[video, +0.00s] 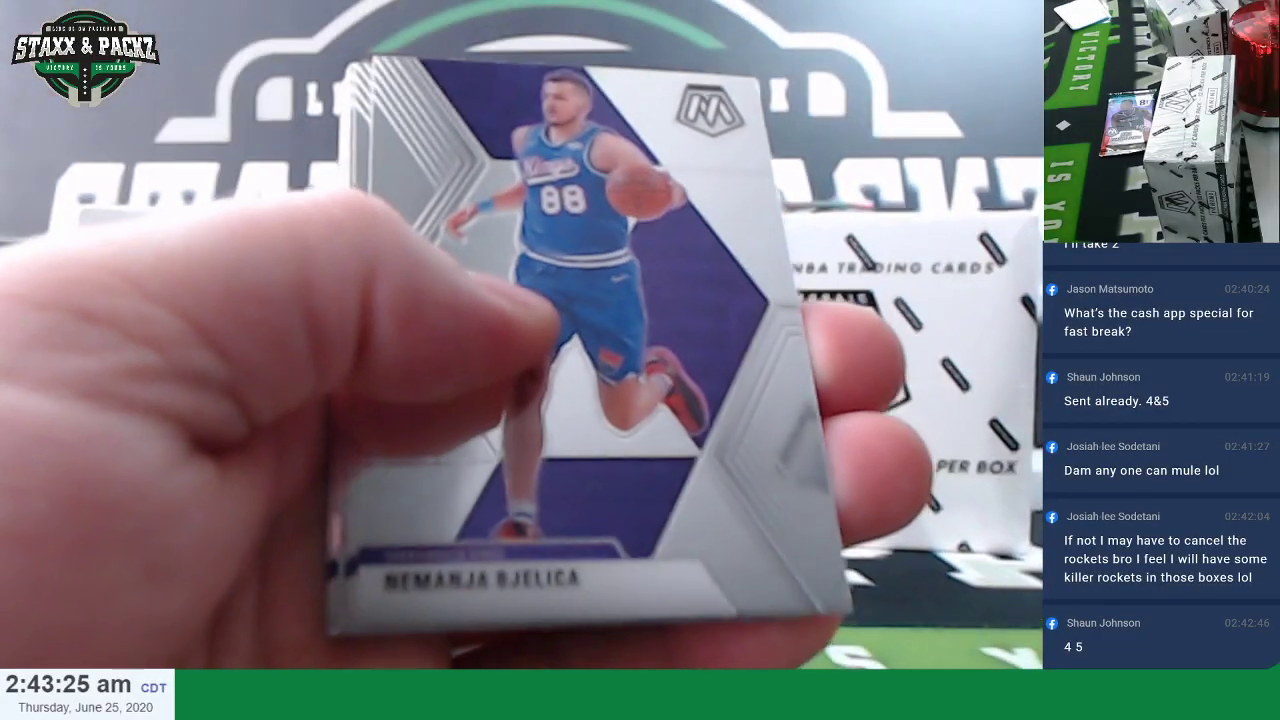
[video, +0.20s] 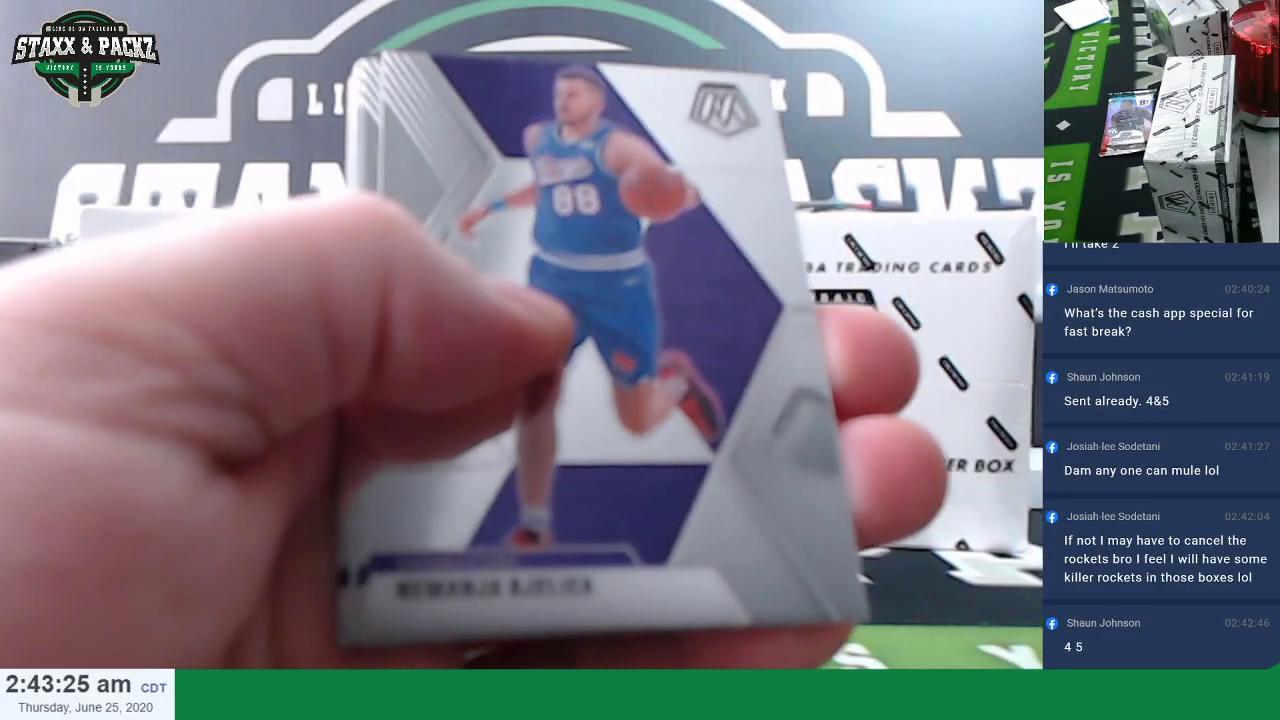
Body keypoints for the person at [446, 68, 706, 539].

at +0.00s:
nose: (552, 102)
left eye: (563, 96)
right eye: (548, 96)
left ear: (586, 105)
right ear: (540, 104)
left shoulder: (606, 146)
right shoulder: (524, 140)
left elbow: (666, 189)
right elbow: (533, 187)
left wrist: (663, 195)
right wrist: (480, 207)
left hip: (606, 283)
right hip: (539, 277)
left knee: (623, 415)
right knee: (523, 392)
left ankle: (666, 376)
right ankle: (521, 521)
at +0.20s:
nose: (566, 101)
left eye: (576, 93)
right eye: (561, 94)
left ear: (599, 101)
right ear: (552, 102)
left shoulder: (619, 146)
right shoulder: (537, 138)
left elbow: (665, 183)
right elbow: (547, 187)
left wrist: (672, 195)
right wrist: (492, 207)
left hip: (619, 286)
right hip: (552, 280)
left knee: (637, 419)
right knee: (535, 398)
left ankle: (680, 381)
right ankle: (535, 527)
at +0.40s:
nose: (557, 101)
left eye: (567, 94)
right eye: (552, 94)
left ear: (590, 101)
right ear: (544, 102)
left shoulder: (611, 145)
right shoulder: (529, 138)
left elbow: (653, 181)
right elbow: (539, 187)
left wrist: (659, 194)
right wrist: (484, 205)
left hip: (611, 283)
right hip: (545, 277)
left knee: (629, 412)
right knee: (527, 392)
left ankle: (672, 375)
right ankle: (526, 521)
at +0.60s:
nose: (566, 108)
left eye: (576, 101)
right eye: (562, 101)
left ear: (599, 109)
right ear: (554, 109)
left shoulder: (618, 151)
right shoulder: (538, 144)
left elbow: (670, 188)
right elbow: (548, 192)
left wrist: (669, 199)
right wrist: (494, 209)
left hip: (618, 286)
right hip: (552, 281)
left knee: (636, 412)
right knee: (534, 391)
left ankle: (679, 377)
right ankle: (532, 518)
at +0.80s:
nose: (559, 92)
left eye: (570, 85)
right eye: (555, 85)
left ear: (594, 93)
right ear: (546, 93)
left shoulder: (612, 137)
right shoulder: (530, 130)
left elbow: (669, 178)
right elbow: (539, 180)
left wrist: (665, 188)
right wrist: (483, 198)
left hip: (611, 278)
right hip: (542, 272)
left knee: (627, 410)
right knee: (523, 388)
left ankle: (671, 373)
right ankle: (520, 520)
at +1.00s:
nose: (562, 89)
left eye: (572, 81)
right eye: (556, 82)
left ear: (595, 88)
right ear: (548, 90)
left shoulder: (615, 133)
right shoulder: (533, 126)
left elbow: (668, 171)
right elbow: (542, 176)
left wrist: (665, 183)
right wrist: (487, 197)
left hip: (616, 274)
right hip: (548, 268)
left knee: (634, 404)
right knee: (531, 383)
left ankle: (679, 368)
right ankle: (530, 515)